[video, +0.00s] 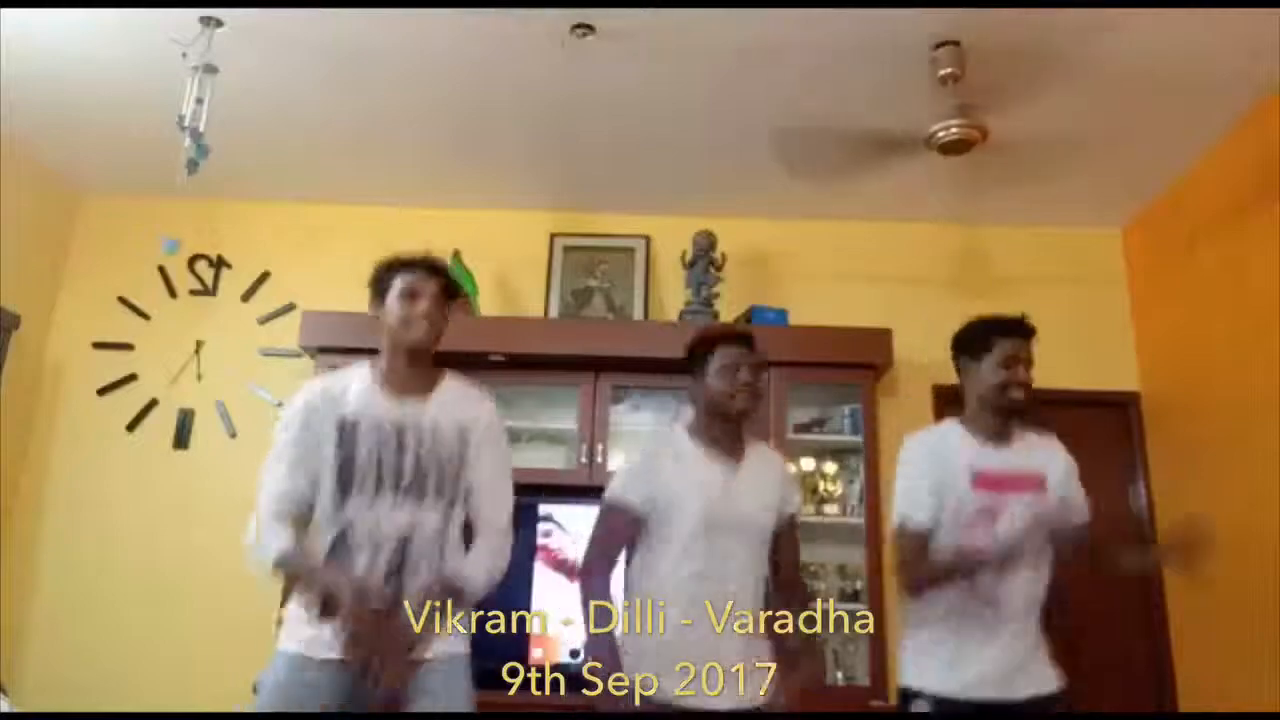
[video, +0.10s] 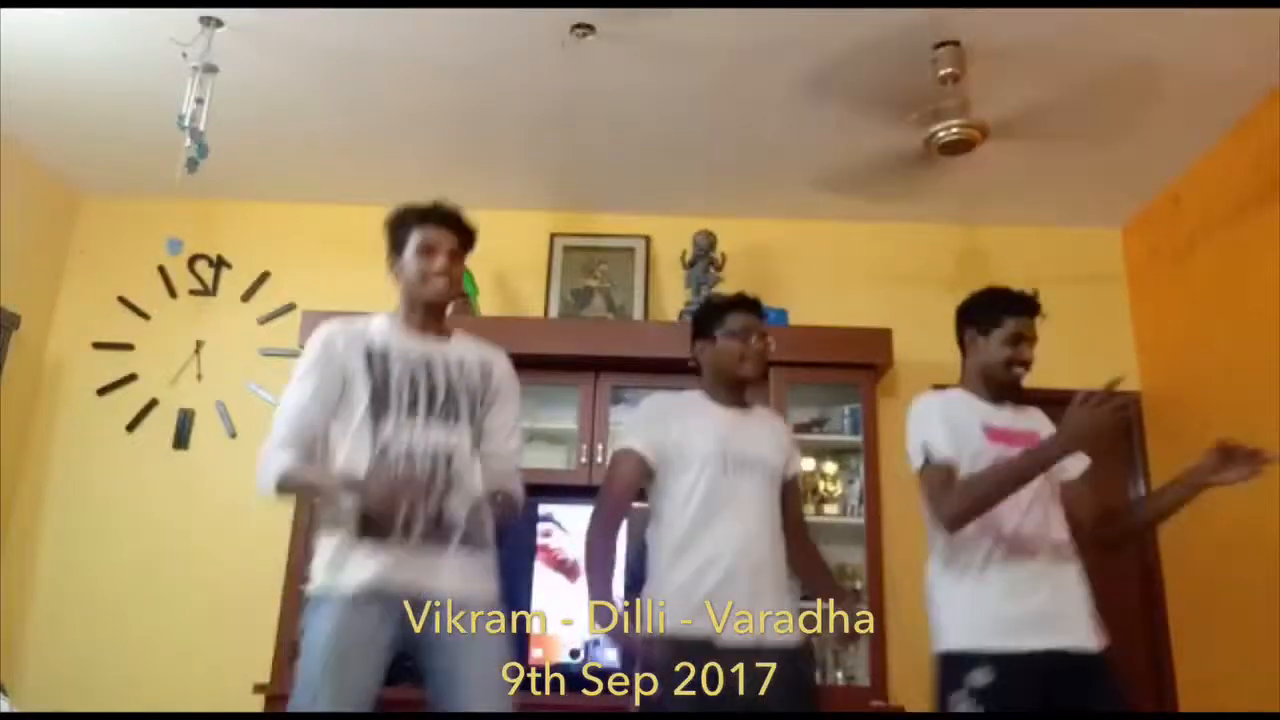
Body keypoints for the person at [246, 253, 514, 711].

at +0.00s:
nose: (425, 309)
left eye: (439, 299)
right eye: (409, 295)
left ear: (449, 317)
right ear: (378, 310)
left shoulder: (475, 413)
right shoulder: (319, 402)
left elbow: (494, 544)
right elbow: (273, 530)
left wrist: (412, 617)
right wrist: (350, 602)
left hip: (431, 654)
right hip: (320, 644)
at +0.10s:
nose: (442, 265)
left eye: (454, 254)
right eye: (427, 251)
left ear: (465, 268)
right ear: (396, 264)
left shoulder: (490, 365)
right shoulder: (340, 344)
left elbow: (505, 487)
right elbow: (281, 465)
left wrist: (440, 493)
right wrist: (363, 489)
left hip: (461, 588)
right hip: (358, 583)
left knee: (484, 704)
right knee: (323, 704)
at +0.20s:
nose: (455, 247)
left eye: (466, 236)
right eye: (440, 234)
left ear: (476, 249)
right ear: (409, 245)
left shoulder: (500, 347)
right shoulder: (360, 321)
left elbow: (501, 463)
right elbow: (278, 459)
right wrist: (323, 428)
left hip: (491, 544)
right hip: (387, 540)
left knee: (530, 698)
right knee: (343, 700)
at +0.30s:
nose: (464, 254)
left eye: (475, 243)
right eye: (448, 240)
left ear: (484, 254)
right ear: (417, 250)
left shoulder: (506, 354)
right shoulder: (373, 322)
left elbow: (501, 471)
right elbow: (317, 433)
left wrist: (550, 526)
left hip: (500, 549)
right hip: (404, 541)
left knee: (537, 699)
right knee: (382, 698)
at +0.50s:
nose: (478, 332)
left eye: (491, 321)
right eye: (462, 318)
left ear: (502, 337)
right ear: (432, 331)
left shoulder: (522, 442)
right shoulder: (380, 408)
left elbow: (529, 570)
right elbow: (298, 528)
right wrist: (192, 528)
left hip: (517, 644)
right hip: (428, 640)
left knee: (572, 703)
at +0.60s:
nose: (467, 276)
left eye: (481, 266)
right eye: (453, 263)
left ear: (497, 283)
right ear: (428, 276)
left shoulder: (531, 369)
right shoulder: (372, 359)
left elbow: (554, 500)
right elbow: (294, 486)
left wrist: (588, 422)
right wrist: (269, 447)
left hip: (500, 608)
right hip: (389, 608)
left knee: (529, 704)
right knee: (377, 704)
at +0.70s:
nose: (448, 243)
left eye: (464, 232)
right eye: (434, 230)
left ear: (483, 250)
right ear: (412, 246)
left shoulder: (520, 341)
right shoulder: (357, 335)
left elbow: (563, 461)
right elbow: (285, 462)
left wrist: (544, 397)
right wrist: (313, 434)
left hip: (483, 567)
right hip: (372, 563)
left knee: (507, 703)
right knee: (324, 703)